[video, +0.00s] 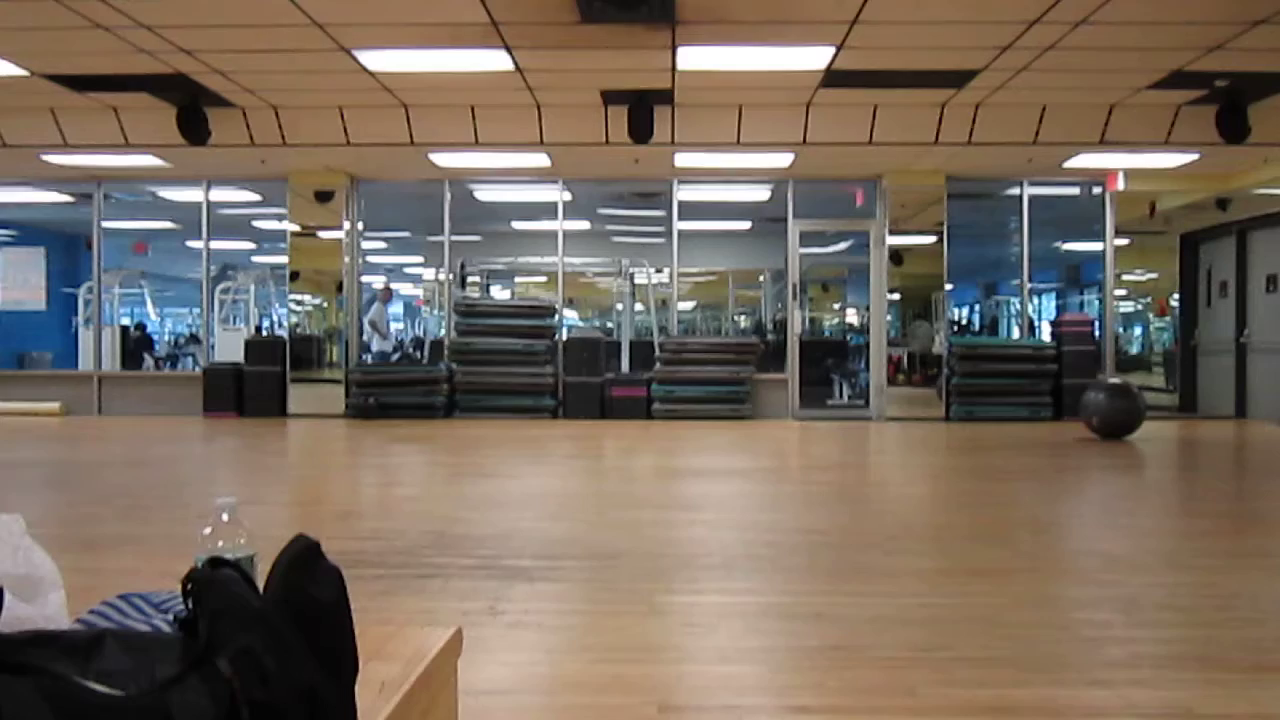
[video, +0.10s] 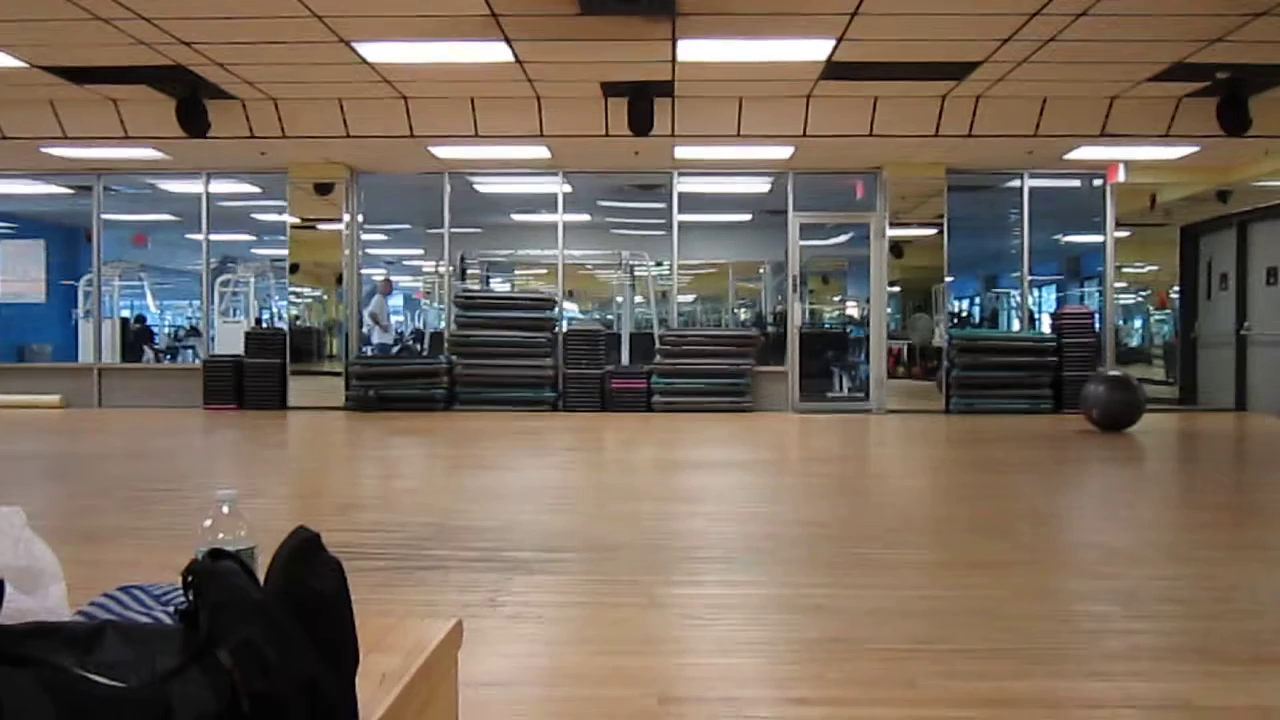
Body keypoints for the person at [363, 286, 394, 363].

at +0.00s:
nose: (389, 297)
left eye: (389, 295)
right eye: (387, 294)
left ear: (390, 296)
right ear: (381, 294)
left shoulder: (383, 307)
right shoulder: (378, 306)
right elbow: (371, 320)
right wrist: (382, 334)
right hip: (379, 345)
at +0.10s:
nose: (391, 289)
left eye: (391, 286)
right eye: (389, 286)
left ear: (389, 287)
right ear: (383, 287)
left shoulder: (384, 299)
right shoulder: (379, 298)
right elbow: (371, 313)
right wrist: (382, 326)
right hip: (380, 338)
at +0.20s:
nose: (391, 289)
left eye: (391, 286)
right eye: (389, 286)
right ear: (383, 286)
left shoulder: (384, 299)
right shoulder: (379, 298)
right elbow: (372, 313)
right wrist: (383, 326)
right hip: (381, 338)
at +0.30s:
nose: (391, 289)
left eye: (391, 286)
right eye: (389, 286)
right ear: (383, 286)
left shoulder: (384, 299)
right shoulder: (379, 298)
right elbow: (372, 312)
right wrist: (383, 326)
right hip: (381, 338)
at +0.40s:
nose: (391, 289)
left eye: (391, 286)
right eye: (389, 286)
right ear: (383, 286)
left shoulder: (384, 299)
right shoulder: (379, 298)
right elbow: (372, 312)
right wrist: (383, 326)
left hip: (387, 338)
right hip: (382, 338)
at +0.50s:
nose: (392, 289)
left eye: (391, 286)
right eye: (389, 286)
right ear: (383, 287)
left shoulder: (384, 299)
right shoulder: (379, 298)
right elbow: (373, 313)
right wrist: (384, 326)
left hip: (387, 338)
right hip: (382, 338)